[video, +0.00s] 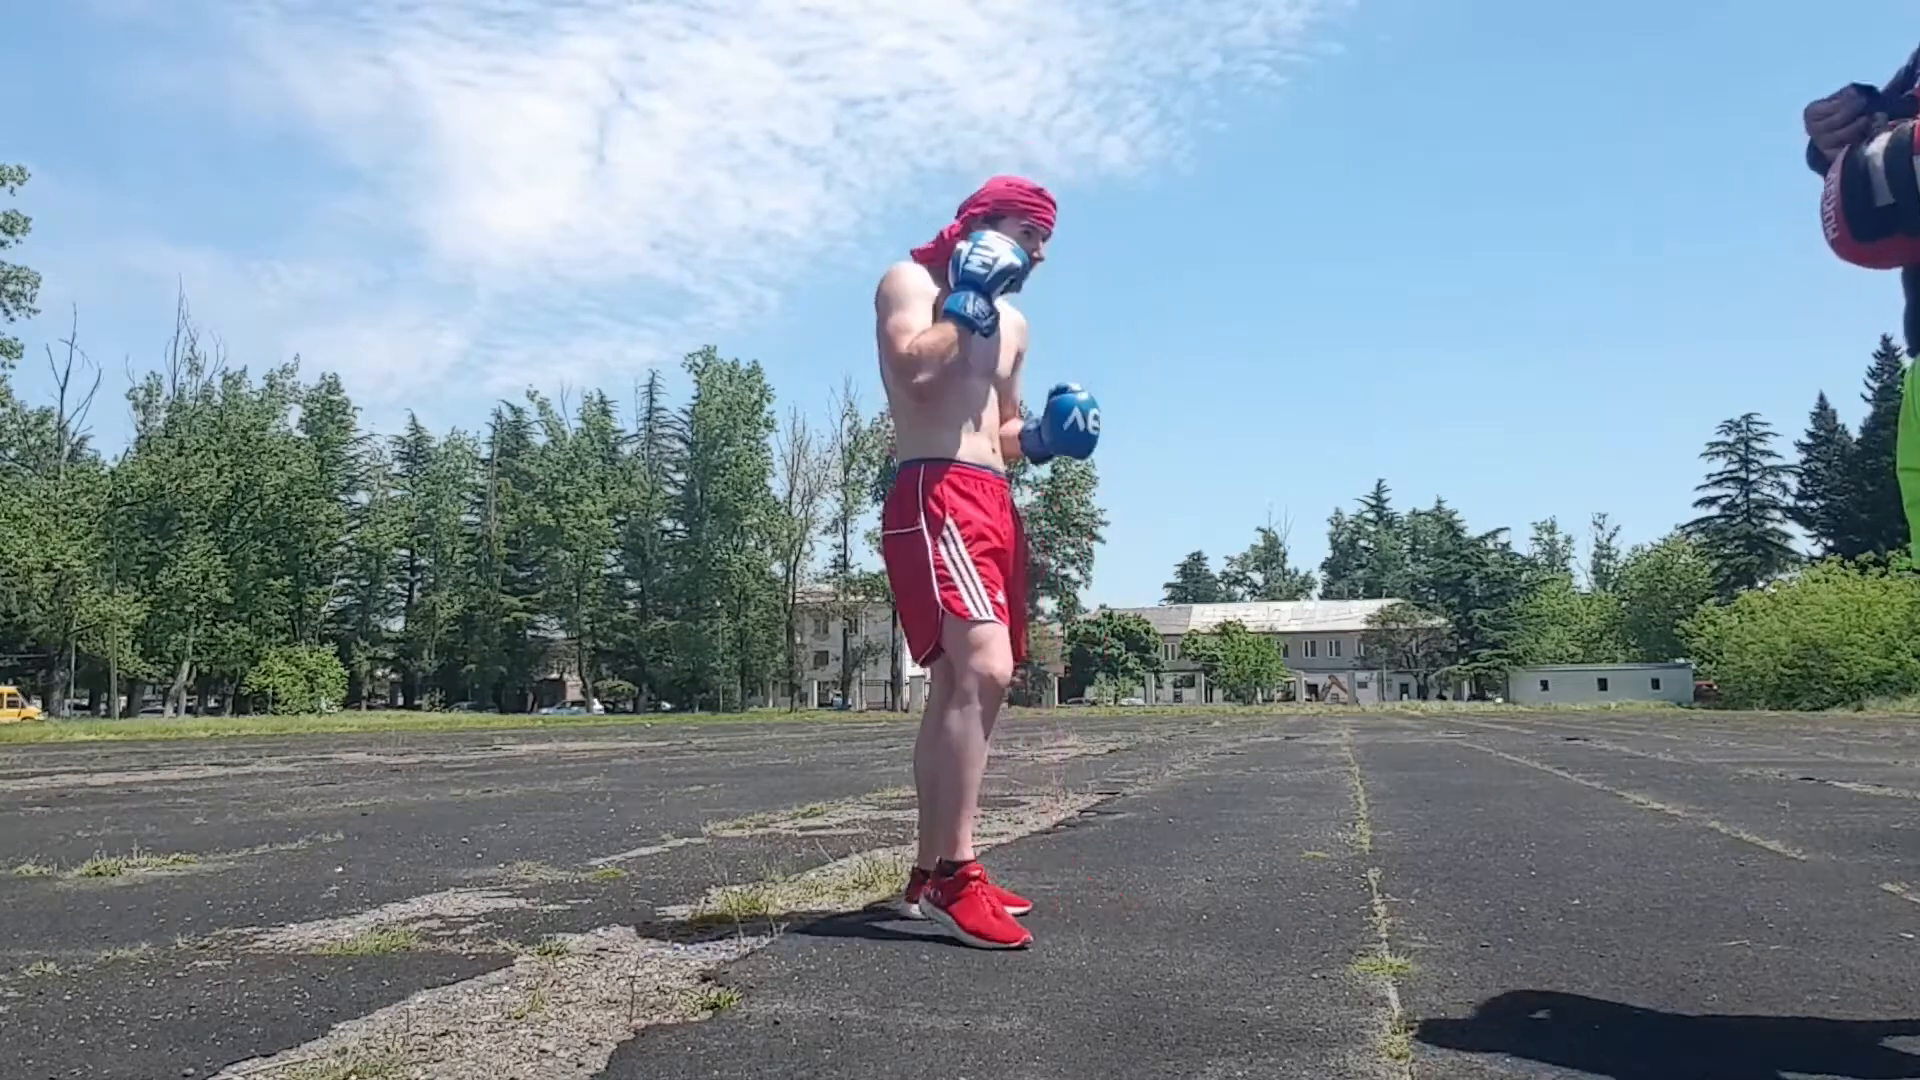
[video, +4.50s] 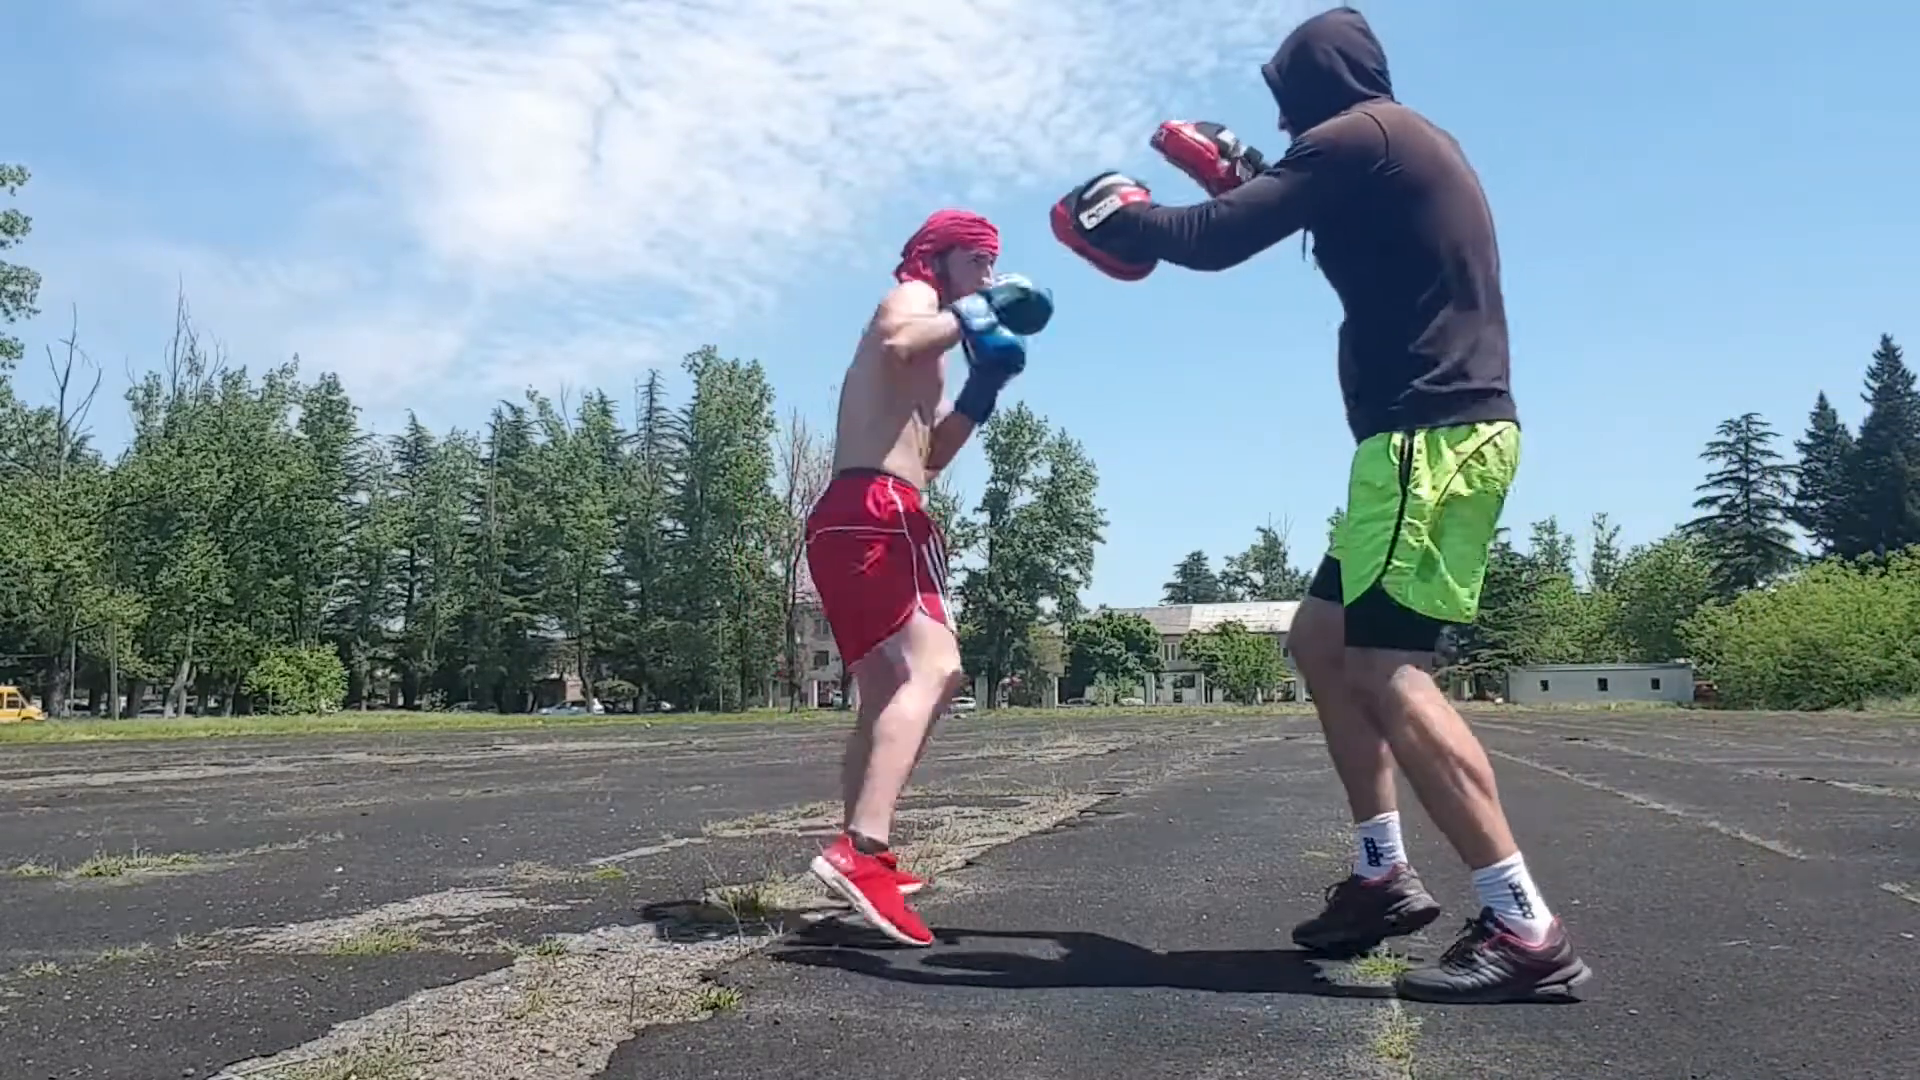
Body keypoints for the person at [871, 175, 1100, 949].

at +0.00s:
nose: (1024, 256)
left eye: (1034, 249)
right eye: (1018, 239)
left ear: (1032, 258)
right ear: (975, 226)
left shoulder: (1012, 325)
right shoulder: (908, 282)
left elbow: (1002, 436)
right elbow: (913, 365)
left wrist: (1045, 435)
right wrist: (970, 306)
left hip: (992, 503)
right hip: (935, 493)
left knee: (960, 687)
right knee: (989, 670)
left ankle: (936, 872)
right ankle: (954, 871)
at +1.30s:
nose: (949, 251)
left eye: (959, 240)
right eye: (938, 233)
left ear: (956, 247)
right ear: (894, 226)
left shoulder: (911, 315)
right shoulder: (851, 282)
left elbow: (908, 445)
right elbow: (801, 385)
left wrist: (951, 400)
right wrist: (896, 367)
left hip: (901, 504)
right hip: (861, 499)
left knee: (877, 694)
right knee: (874, 690)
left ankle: (828, 876)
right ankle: (881, 890)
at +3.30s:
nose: (917, 263)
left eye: (924, 252)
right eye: (905, 247)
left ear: (918, 262)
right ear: (859, 246)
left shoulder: (879, 338)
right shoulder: (806, 323)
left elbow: (892, 452)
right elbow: (824, 431)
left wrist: (934, 393)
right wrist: (889, 384)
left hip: (857, 516)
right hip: (807, 514)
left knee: (880, 698)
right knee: (843, 697)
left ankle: (795, 850)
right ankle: (839, 887)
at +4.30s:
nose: (960, 294)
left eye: (962, 283)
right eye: (947, 281)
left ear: (945, 292)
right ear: (905, 284)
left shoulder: (933, 368)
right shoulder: (863, 340)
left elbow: (950, 463)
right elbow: (878, 429)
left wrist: (980, 389)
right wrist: (969, 419)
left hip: (895, 536)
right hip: (851, 532)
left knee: (912, 697)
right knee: (937, 667)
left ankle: (850, 859)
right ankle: (878, 841)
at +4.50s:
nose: (990, 276)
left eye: (992, 265)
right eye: (979, 261)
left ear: (964, 270)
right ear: (937, 258)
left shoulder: (926, 351)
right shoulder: (909, 296)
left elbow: (931, 456)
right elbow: (900, 341)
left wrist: (984, 386)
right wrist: (976, 311)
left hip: (867, 519)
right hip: (872, 511)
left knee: (884, 697)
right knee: (934, 667)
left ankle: (859, 852)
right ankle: (865, 845)